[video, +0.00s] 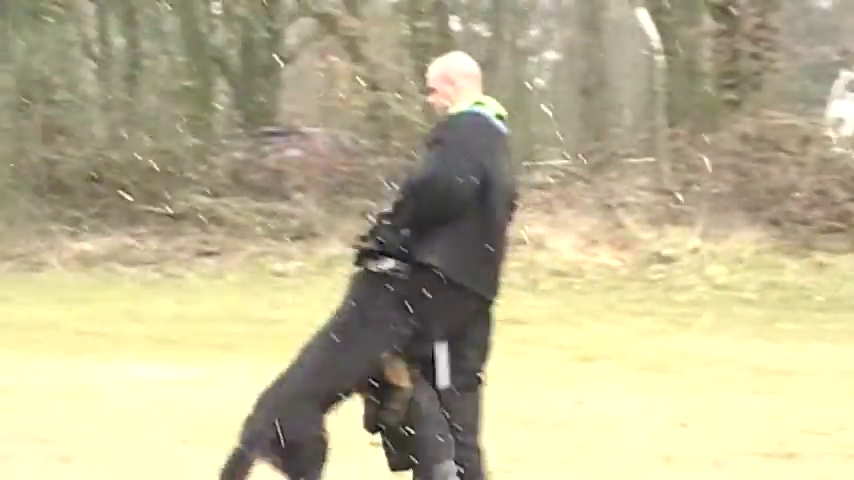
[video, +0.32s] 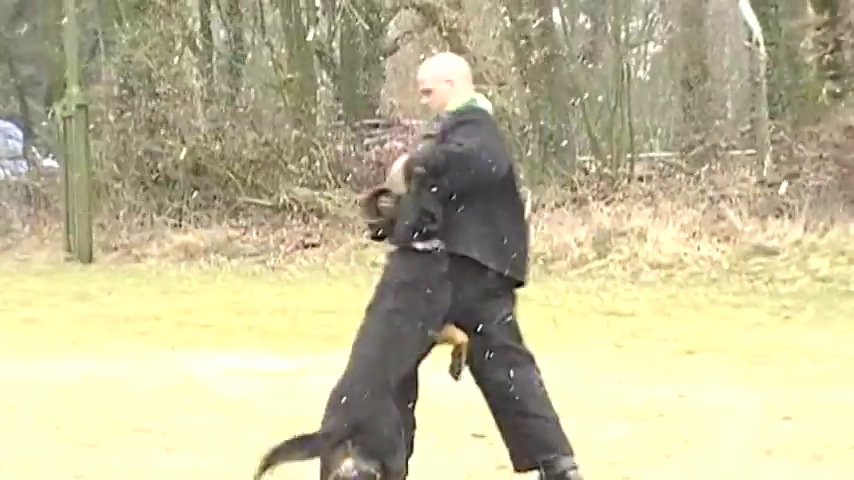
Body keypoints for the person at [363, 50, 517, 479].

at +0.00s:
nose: (428, 100)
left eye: (433, 91)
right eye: (428, 91)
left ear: (454, 87)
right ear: (469, 87)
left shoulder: (465, 128)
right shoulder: (493, 136)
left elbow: (450, 184)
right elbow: (499, 204)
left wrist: (399, 217)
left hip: (437, 273)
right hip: (471, 282)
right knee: (459, 386)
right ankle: (464, 467)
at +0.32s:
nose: (423, 102)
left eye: (428, 92)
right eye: (420, 94)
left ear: (453, 85)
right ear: (456, 86)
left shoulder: (470, 123)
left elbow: (485, 163)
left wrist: (422, 160)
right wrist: (396, 214)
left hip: (459, 256)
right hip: (484, 264)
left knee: (390, 352)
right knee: (505, 364)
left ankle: (377, 459)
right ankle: (555, 461)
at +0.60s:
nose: (310, 112)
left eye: (311, 101)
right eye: (306, 105)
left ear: (334, 89)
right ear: (335, 90)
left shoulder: (361, 123)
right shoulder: (344, 131)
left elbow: (340, 170)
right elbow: (326, 198)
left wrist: (307, 175)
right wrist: (310, 232)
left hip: (368, 257)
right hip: (352, 258)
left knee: (364, 359)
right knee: (365, 357)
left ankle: (406, 456)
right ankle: (422, 440)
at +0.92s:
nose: (230, 99)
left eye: (230, 89)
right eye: (227, 91)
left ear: (248, 78)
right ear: (256, 77)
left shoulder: (278, 104)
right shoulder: (269, 115)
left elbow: (304, 144)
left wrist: (251, 185)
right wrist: (236, 226)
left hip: (277, 242)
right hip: (265, 241)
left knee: (248, 339)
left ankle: (305, 428)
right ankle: (307, 430)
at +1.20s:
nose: (211, 64)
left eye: (213, 55)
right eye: (209, 57)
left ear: (233, 47)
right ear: (233, 47)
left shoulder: (259, 81)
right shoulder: (239, 87)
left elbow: (275, 130)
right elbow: (221, 133)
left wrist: (219, 156)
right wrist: (193, 152)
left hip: (259, 226)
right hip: (245, 223)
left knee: (210, 309)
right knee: (315, 310)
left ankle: (177, 405)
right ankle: (380, 388)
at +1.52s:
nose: (249, 59)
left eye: (252, 50)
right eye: (246, 52)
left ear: (273, 42)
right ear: (271, 43)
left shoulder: (308, 83)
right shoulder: (277, 91)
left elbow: (340, 141)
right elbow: (273, 154)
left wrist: (271, 162)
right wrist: (249, 187)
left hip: (305, 216)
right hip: (277, 215)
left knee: (282, 306)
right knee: (263, 303)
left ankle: (311, 409)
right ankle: (335, 376)